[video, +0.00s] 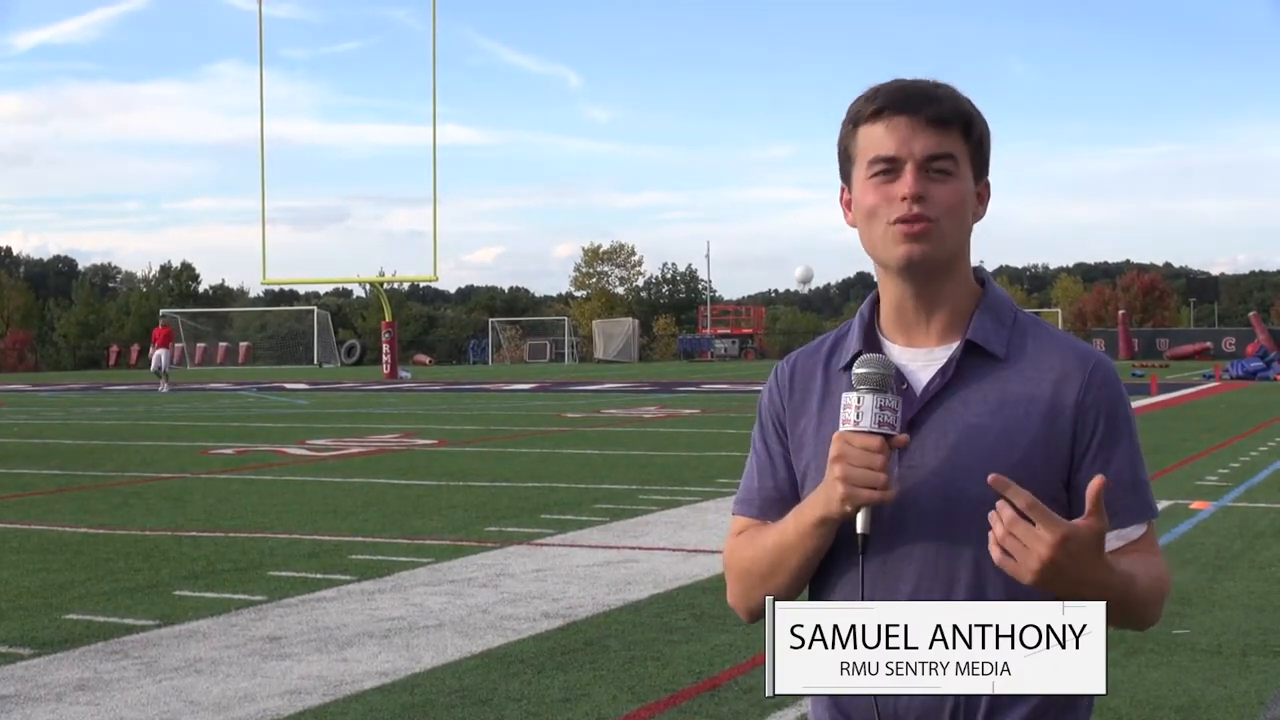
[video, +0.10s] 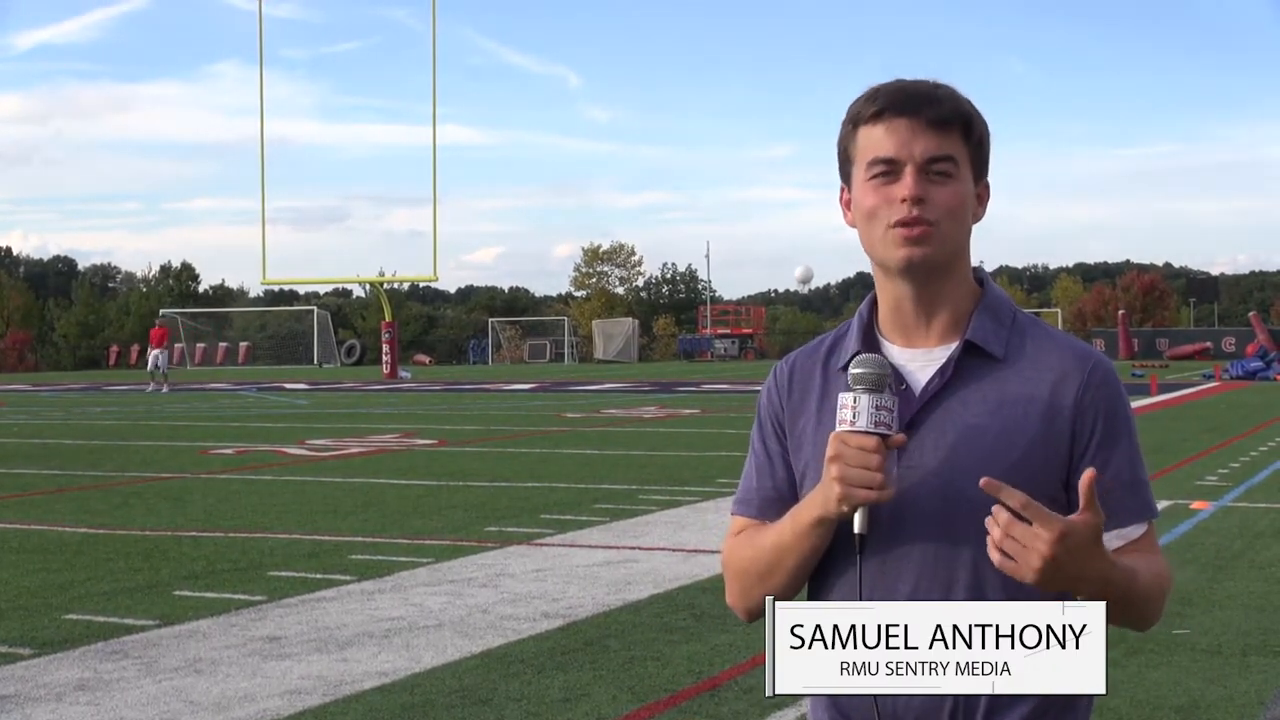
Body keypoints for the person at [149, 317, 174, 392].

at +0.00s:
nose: (161, 322)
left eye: (163, 321)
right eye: (160, 321)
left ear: (166, 322)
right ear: (159, 321)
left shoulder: (169, 330)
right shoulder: (155, 330)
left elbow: (171, 343)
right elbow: (153, 343)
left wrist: (172, 356)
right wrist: (151, 352)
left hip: (165, 349)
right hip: (157, 349)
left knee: (164, 369)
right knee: (153, 368)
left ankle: (166, 385)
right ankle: (162, 382)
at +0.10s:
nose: (158, 322)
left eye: (160, 321)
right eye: (157, 321)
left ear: (162, 322)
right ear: (155, 322)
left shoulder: (165, 330)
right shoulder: (152, 331)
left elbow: (166, 341)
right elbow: (150, 342)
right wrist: (148, 351)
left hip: (162, 350)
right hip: (154, 350)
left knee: (163, 369)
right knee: (150, 368)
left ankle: (165, 385)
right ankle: (152, 384)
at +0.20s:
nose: (155, 324)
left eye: (156, 323)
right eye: (154, 323)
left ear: (158, 323)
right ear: (152, 323)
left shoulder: (161, 331)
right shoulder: (149, 332)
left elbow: (162, 342)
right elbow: (148, 343)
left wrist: (154, 348)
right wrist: (146, 352)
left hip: (160, 351)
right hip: (151, 351)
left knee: (161, 370)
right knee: (148, 369)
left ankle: (165, 386)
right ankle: (144, 384)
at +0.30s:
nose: (150, 324)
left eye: (151, 323)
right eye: (149, 323)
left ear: (153, 324)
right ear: (147, 324)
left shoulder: (156, 332)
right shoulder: (144, 333)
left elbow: (158, 342)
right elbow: (143, 342)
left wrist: (152, 348)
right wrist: (143, 349)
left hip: (155, 352)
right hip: (146, 352)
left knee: (158, 370)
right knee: (144, 370)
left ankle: (164, 386)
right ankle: (142, 386)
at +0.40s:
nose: (145, 324)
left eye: (147, 322)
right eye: (144, 322)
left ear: (149, 323)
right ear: (142, 323)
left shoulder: (151, 331)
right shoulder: (140, 332)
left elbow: (154, 341)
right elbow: (138, 342)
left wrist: (151, 348)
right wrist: (138, 349)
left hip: (149, 352)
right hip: (141, 352)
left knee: (152, 370)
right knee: (140, 370)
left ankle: (161, 384)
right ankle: (140, 386)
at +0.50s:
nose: (141, 323)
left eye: (142, 322)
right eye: (140, 322)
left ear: (145, 323)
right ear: (138, 323)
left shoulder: (148, 330)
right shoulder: (135, 331)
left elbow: (151, 341)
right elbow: (133, 344)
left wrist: (150, 351)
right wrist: (132, 355)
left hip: (145, 351)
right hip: (137, 351)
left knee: (145, 370)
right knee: (138, 371)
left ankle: (154, 382)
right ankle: (140, 386)